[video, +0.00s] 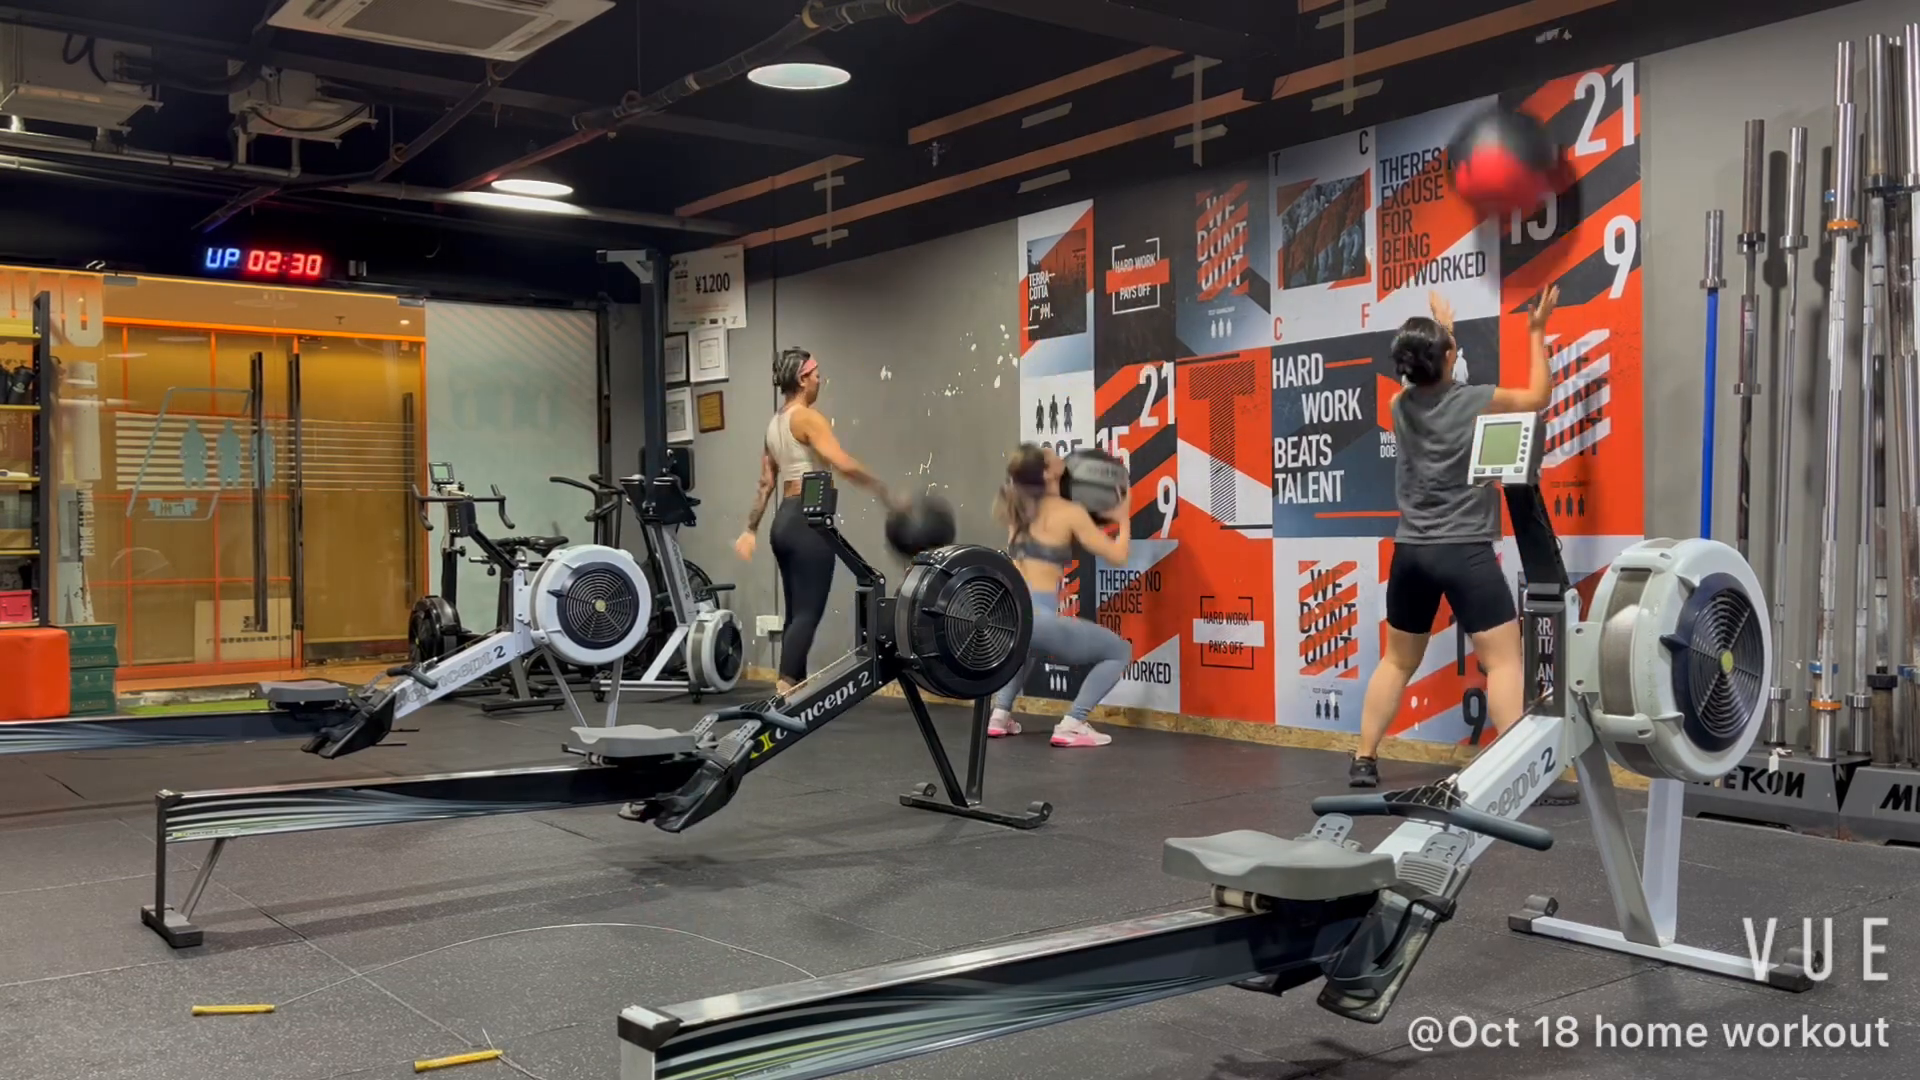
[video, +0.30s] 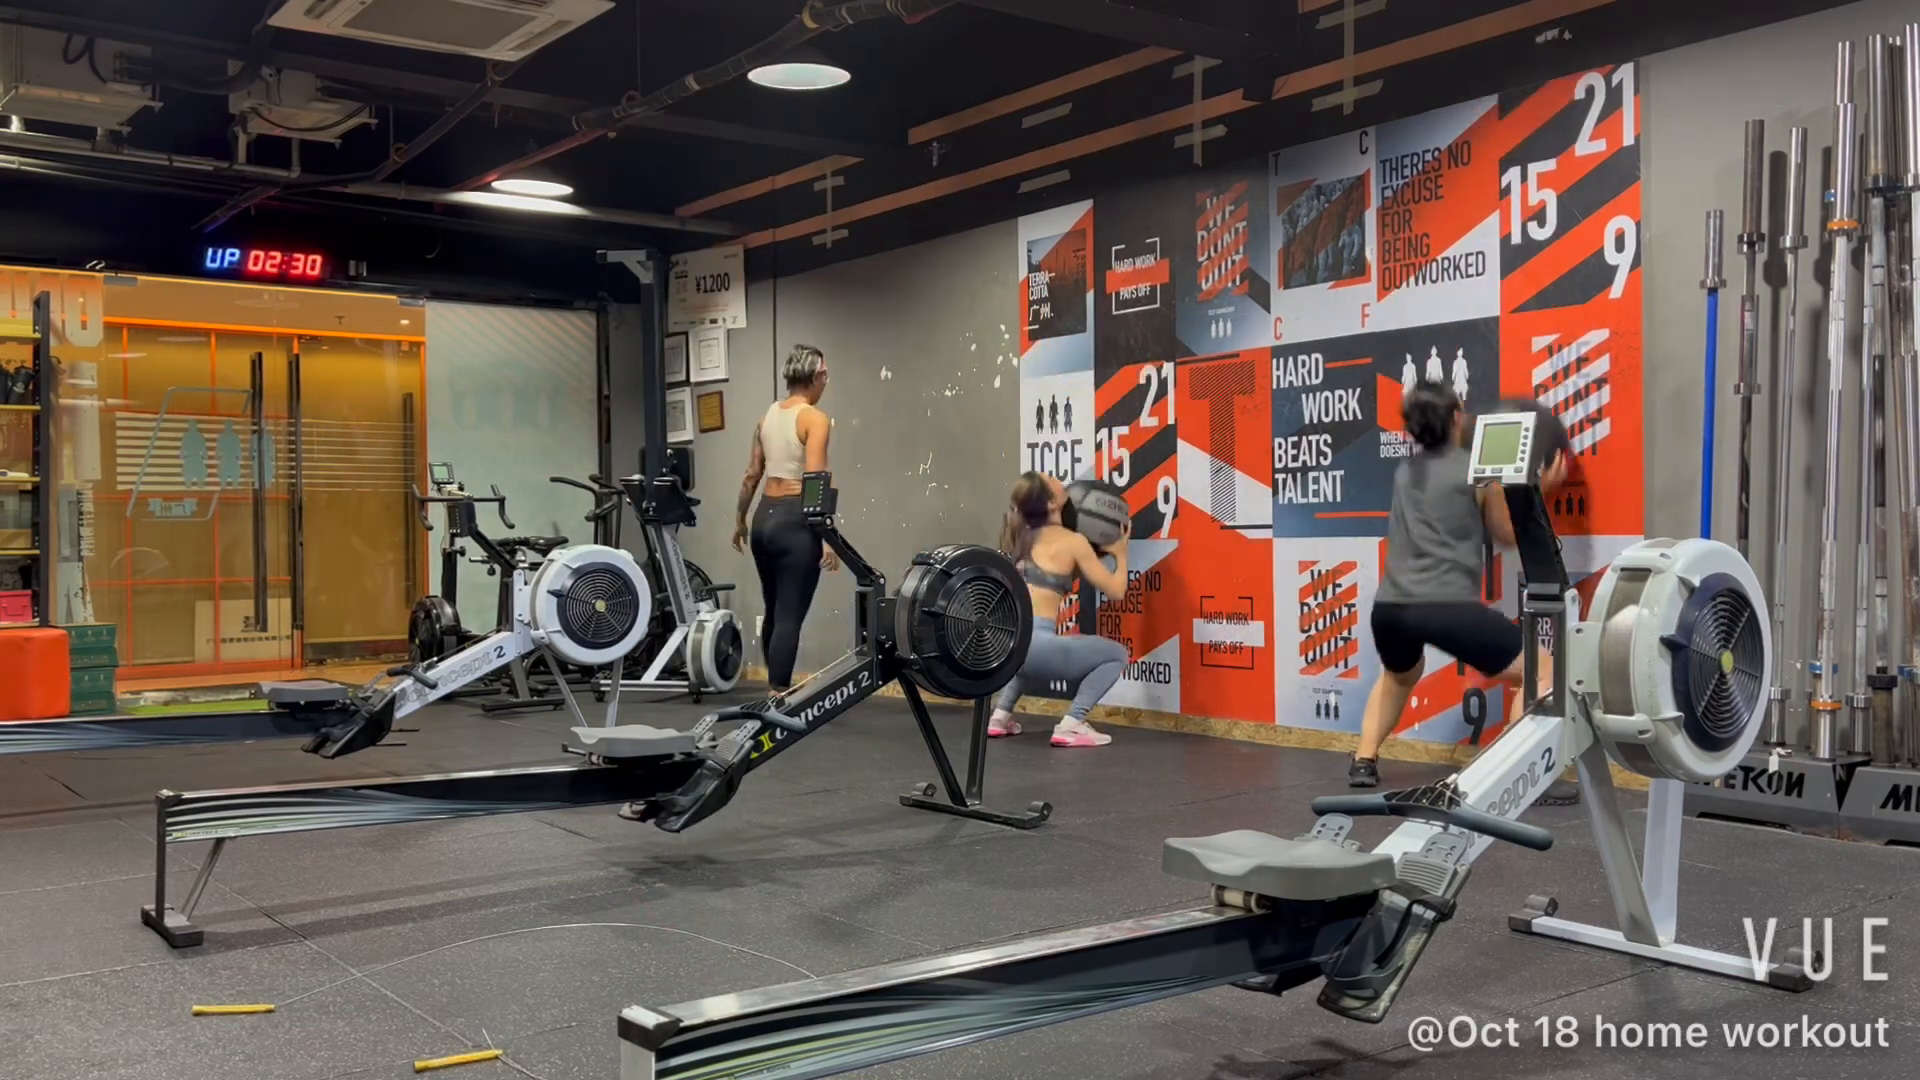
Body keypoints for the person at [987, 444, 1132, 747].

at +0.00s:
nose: (1059, 456)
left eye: (1053, 453)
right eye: (1053, 457)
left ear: (1026, 477)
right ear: (1047, 474)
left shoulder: (1019, 508)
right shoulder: (1069, 512)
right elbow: (1118, 555)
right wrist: (1123, 520)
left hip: (1006, 612)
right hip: (1040, 619)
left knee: (1027, 644)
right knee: (1118, 651)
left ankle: (999, 714)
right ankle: (1073, 724)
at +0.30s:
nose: (1058, 478)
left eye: (1051, 476)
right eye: (1052, 480)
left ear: (1028, 506)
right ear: (1051, 504)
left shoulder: (1021, 537)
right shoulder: (1072, 541)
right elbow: (1116, 590)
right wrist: (1121, 554)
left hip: (1004, 641)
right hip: (1038, 648)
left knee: (1044, 639)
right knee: (1116, 655)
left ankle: (1000, 715)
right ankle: (1072, 723)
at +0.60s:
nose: (1057, 398)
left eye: (1051, 394)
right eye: (1051, 397)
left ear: (1028, 419)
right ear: (1047, 413)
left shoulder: (1025, 449)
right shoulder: (1071, 446)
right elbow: (1126, 483)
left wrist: (1105, 455)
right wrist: (1124, 444)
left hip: (1016, 554)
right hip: (1047, 558)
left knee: (1028, 638)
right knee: (1105, 637)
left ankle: (1002, 712)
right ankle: (1072, 721)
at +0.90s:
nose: (1050, 345)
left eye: (1045, 341)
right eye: (1045, 345)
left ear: (1026, 367)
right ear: (1039, 362)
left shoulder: (1024, 394)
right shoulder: (1067, 384)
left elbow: (1036, 336)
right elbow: (1096, 329)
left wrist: (1044, 288)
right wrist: (1110, 273)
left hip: (1037, 507)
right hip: (1072, 506)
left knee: (1030, 605)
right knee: (1081, 609)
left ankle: (1012, 689)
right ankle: (1084, 703)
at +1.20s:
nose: (1046, 367)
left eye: (1042, 364)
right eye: (1042, 364)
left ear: (1017, 387)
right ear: (1037, 381)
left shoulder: (1018, 421)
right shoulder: (1061, 411)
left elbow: (1029, 371)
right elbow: (1113, 375)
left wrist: (1050, 338)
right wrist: (1135, 327)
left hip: (1040, 526)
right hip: (1074, 524)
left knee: (1029, 625)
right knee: (1076, 628)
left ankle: (1006, 711)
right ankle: (1072, 721)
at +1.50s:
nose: (1052, 373)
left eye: (1049, 370)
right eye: (1047, 370)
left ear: (1019, 388)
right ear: (1039, 382)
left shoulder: (1019, 420)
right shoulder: (1062, 412)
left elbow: (1050, 401)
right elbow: (1125, 394)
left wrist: (1075, 374)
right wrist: (1152, 351)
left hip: (1033, 526)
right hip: (1066, 525)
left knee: (1024, 624)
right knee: (1072, 628)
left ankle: (1005, 713)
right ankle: (1072, 722)